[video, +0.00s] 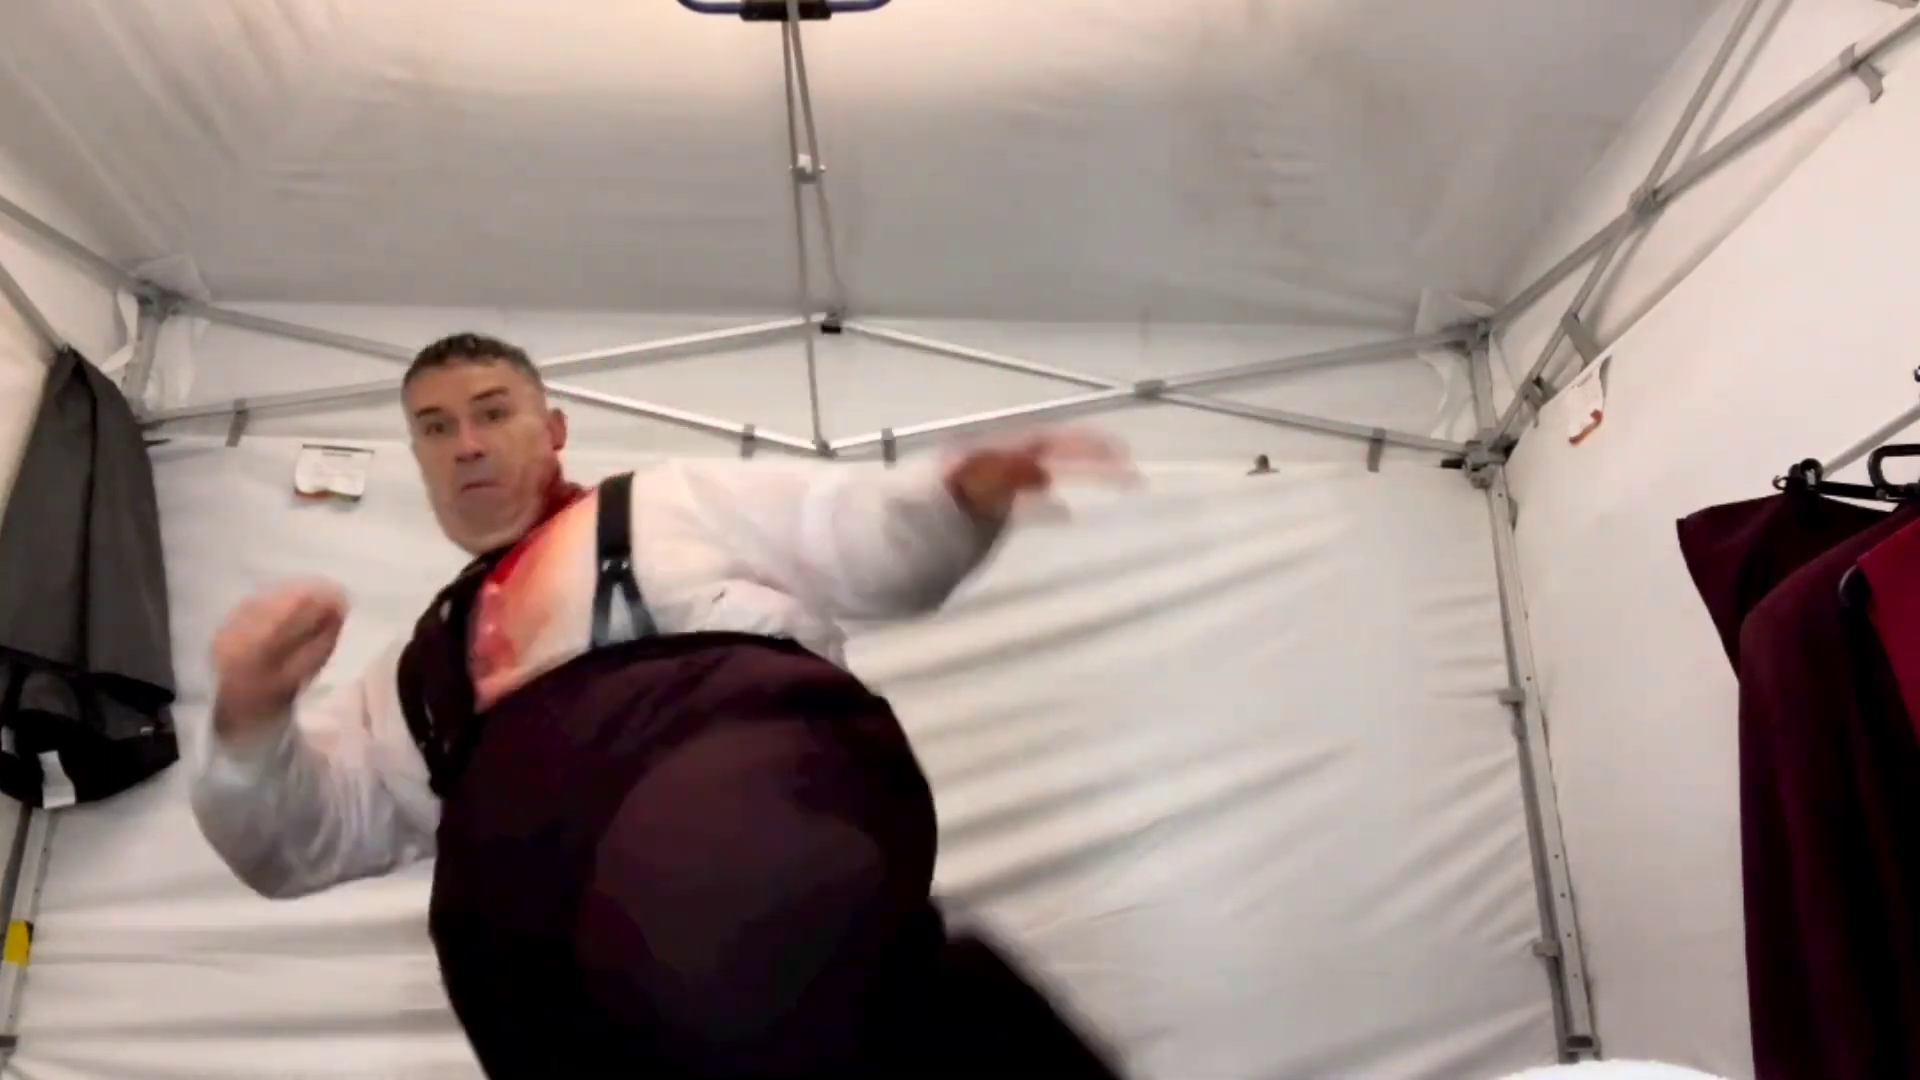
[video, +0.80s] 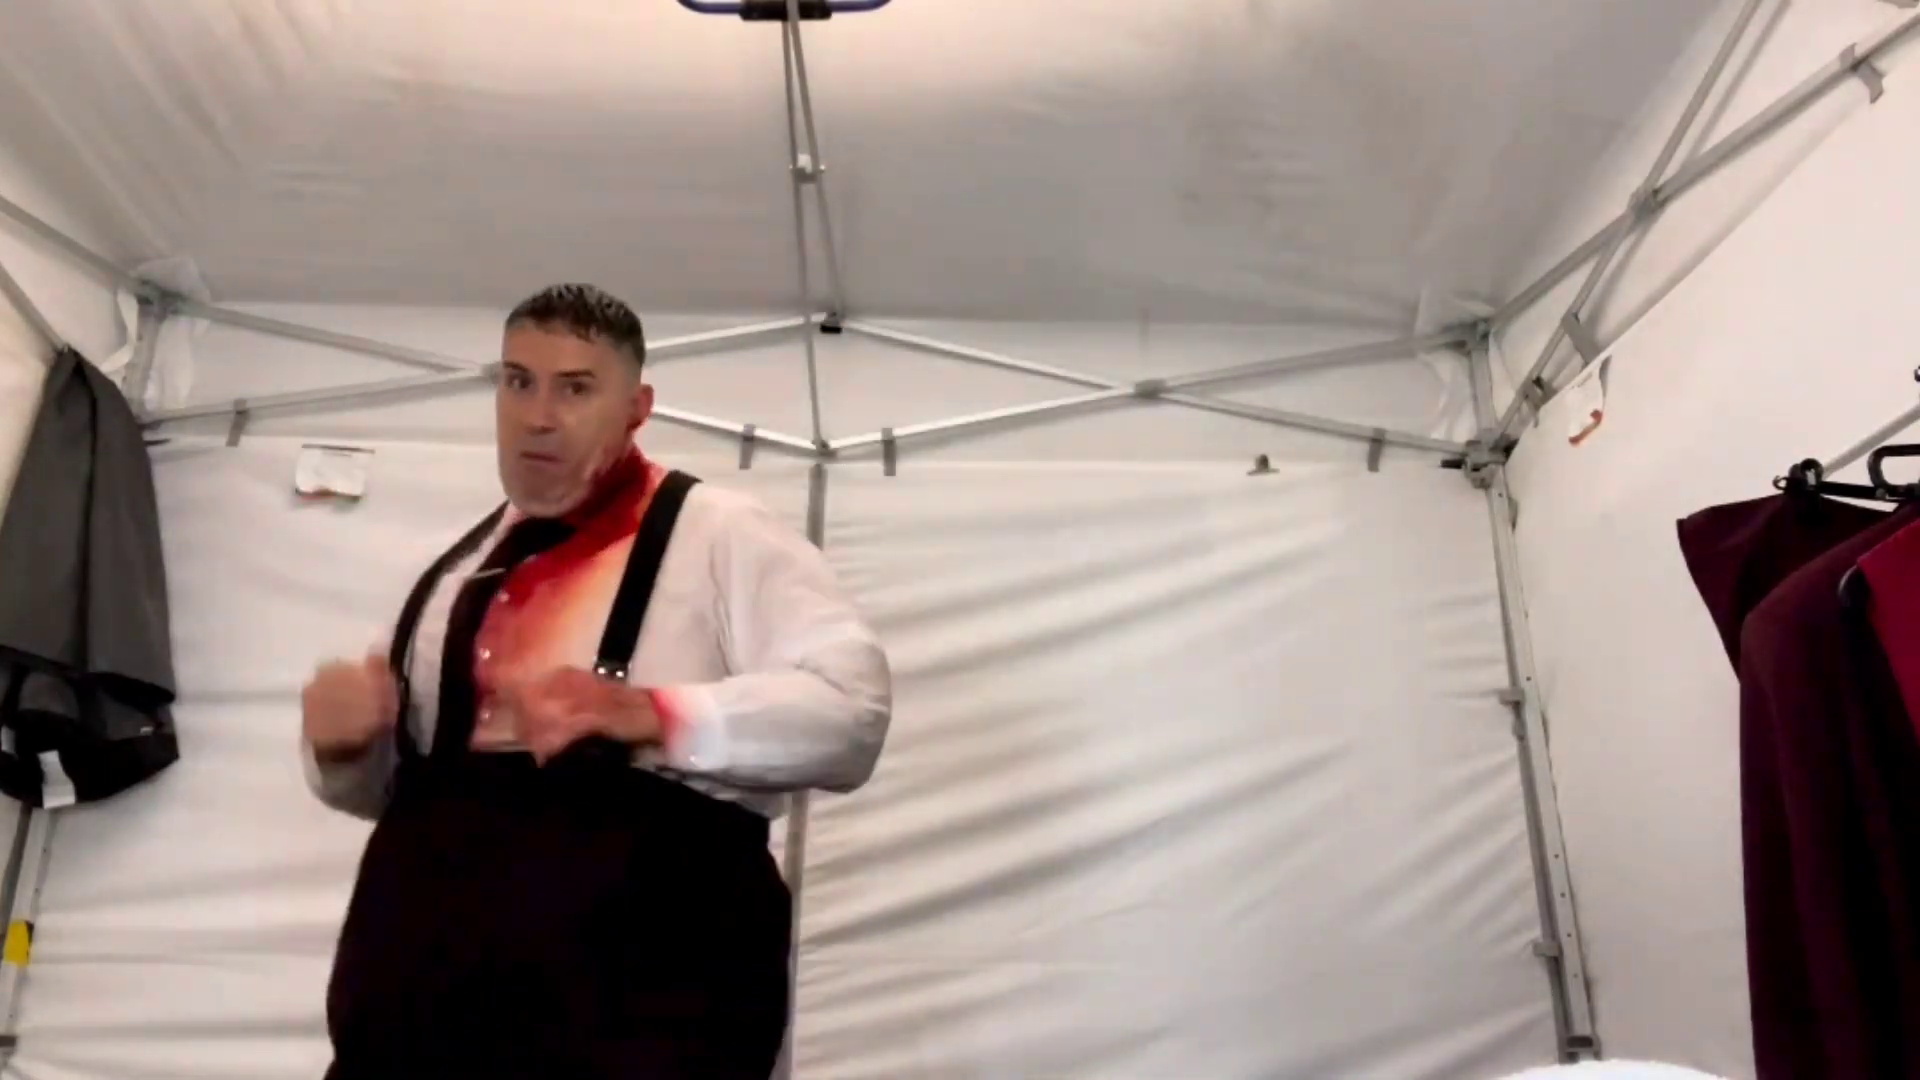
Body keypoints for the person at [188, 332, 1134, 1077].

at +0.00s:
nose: (464, 442)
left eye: (490, 413)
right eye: (434, 428)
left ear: (552, 433)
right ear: (416, 466)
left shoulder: (667, 498)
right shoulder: (413, 677)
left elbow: (850, 535)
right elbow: (296, 844)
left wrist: (958, 499)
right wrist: (246, 727)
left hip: (721, 736)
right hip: (516, 852)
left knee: (728, 909)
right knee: (560, 1034)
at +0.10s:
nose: (430, 491)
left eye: (456, 461)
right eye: (395, 478)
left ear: (512, 481)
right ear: (364, 524)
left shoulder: (625, 543)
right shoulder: (395, 736)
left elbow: (877, 576)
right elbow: (274, 812)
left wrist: (1034, 712)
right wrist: (355, 597)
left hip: (819, 834)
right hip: (666, 1002)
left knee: (750, 501)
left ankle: (1253, 485)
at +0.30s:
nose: (367, 539)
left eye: (390, 503)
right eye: (333, 527)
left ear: (459, 510)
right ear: (319, 569)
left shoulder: (603, 561)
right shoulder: (384, 772)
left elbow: (846, 594)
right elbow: (342, 1019)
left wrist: (1039, 698)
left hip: (836, 846)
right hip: (688, 1040)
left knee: (736, 533)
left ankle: (1292, 538)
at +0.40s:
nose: (361, 519)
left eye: (383, 482)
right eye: (330, 508)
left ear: (455, 489)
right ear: (325, 552)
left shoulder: (588, 536)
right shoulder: (400, 757)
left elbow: (795, 557)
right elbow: (414, 1006)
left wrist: (976, 678)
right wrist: (400, 990)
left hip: (708, 762)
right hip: (549, 950)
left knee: (714, 889)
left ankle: (1092, 1067)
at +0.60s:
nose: (450, 446)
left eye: (480, 409)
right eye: (427, 426)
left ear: (558, 420)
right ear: (416, 454)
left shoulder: (674, 499)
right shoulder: (454, 654)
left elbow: (827, 598)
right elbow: (481, 873)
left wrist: (613, 669)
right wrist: (397, 994)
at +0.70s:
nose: (518, 440)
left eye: (553, 405)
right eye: (497, 408)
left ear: (625, 422)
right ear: (481, 425)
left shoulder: (716, 538)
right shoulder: (491, 613)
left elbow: (813, 705)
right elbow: (430, 799)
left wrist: (578, 696)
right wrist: (362, 902)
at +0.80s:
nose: (539, 418)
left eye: (575, 388)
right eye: (519, 384)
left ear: (637, 410)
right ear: (497, 398)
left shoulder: (726, 536)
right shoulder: (453, 576)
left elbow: (847, 715)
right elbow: (391, 792)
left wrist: (657, 715)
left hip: (651, 1004)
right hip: (436, 997)